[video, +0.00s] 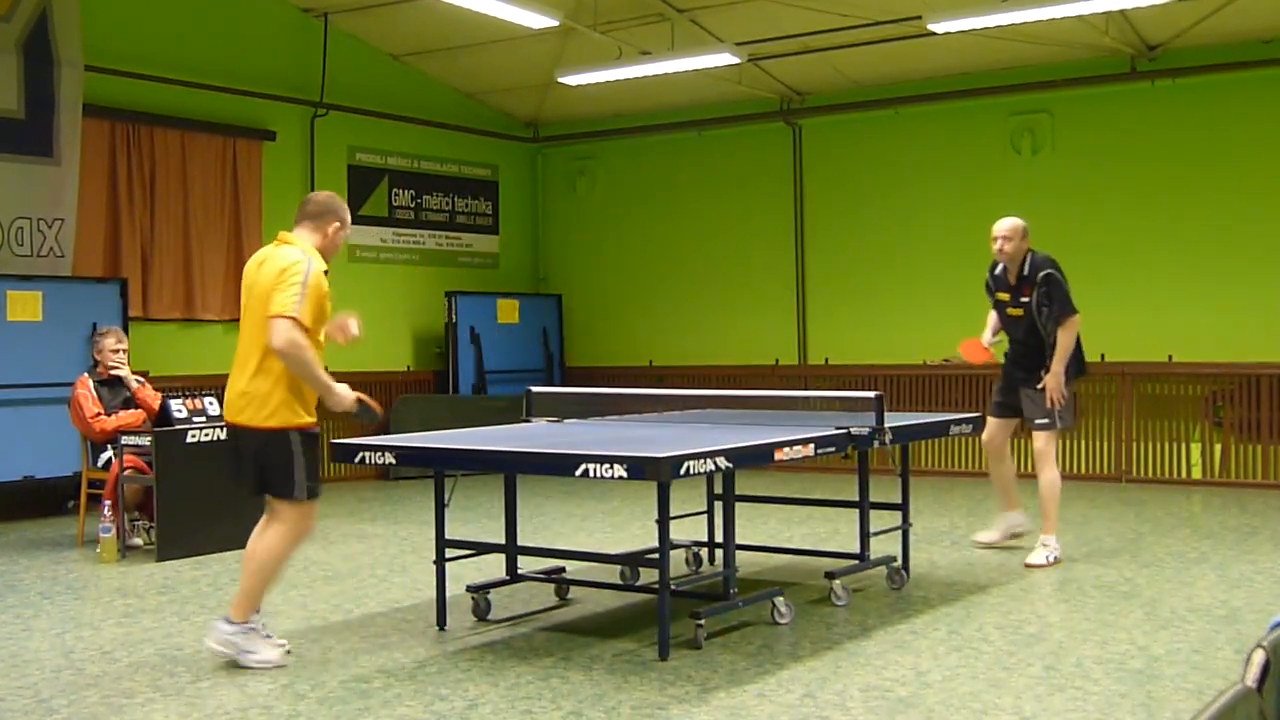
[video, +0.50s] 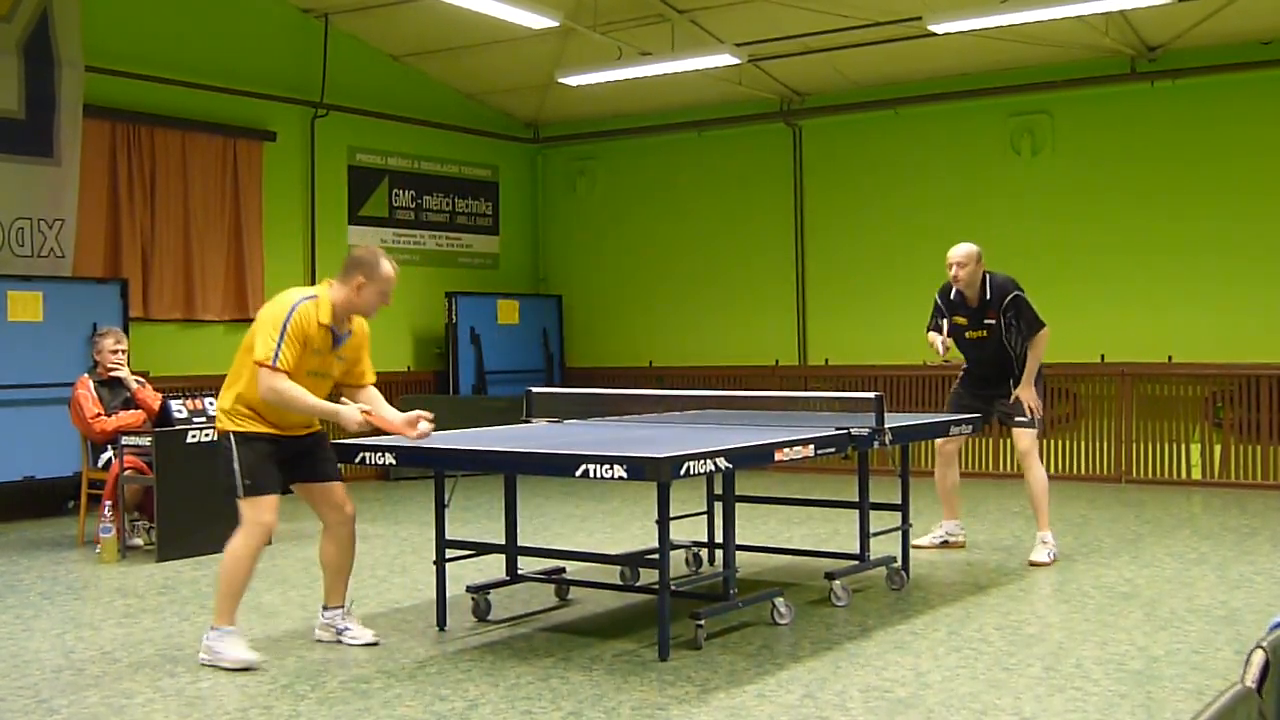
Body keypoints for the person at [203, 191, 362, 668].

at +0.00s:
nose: (342, 244)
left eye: (344, 237)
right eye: (344, 236)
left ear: (302, 221)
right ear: (333, 229)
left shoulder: (262, 259)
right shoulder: (303, 264)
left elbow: (269, 330)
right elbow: (285, 338)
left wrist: (325, 330)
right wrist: (330, 389)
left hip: (253, 410)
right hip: (280, 414)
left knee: (276, 515)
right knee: (296, 517)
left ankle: (245, 622)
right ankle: (236, 624)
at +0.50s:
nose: (387, 301)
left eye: (390, 292)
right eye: (385, 292)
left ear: (361, 285)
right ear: (358, 284)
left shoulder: (356, 328)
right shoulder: (293, 310)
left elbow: (360, 389)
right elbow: (269, 386)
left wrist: (398, 421)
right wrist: (336, 411)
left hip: (303, 426)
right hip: (248, 423)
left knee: (340, 514)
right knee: (258, 524)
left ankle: (333, 618)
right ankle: (220, 633)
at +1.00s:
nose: (374, 363)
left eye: (378, 354)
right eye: (370, 352)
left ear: (347, 344)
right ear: (341, 340)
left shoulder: (352, 376)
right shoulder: (287, 356)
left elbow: (352, 441)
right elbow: (285, 433)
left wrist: (404, 433)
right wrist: (349, 436)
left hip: (290, 456)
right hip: (231, 454)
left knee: (348, 516)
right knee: (198, 548)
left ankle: (334, 617)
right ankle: (136, 624)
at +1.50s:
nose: (368, 382)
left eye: (371, 373)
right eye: (362, 372)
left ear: (340, 368)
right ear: (330, 367)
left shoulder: (350, 396)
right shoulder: (283, 382)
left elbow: (349, 464)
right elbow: (288, 458)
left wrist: (391, 446)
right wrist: (361, 449)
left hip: (286, 480)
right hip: (232, 478)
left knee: (356, 515)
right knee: (199, 561)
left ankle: (335, 616)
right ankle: (139, 624)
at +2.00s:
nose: (342, 365)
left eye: (344, 356)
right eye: (335, 356)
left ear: (340, 353)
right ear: (304, 350)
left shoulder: (332, 379)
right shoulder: (259, 370)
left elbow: (347, 440)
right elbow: (280, 439)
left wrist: (394, 441)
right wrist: (347, 432)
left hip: (286, 474)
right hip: (227, 476)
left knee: (353, 516)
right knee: (196, 562)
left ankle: (335, 617)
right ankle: (141, 623)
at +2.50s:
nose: (301, 290)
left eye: (303, 282)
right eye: (292, 283)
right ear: (259, 284)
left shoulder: (295, 329)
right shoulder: (207, 303)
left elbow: (315, 385)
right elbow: (127, 306)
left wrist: (339, 374)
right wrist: (156, 299)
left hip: (262, 449)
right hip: (196, 450)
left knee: (325, 517)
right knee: (172, 547)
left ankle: (332, 616)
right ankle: (135, 626)